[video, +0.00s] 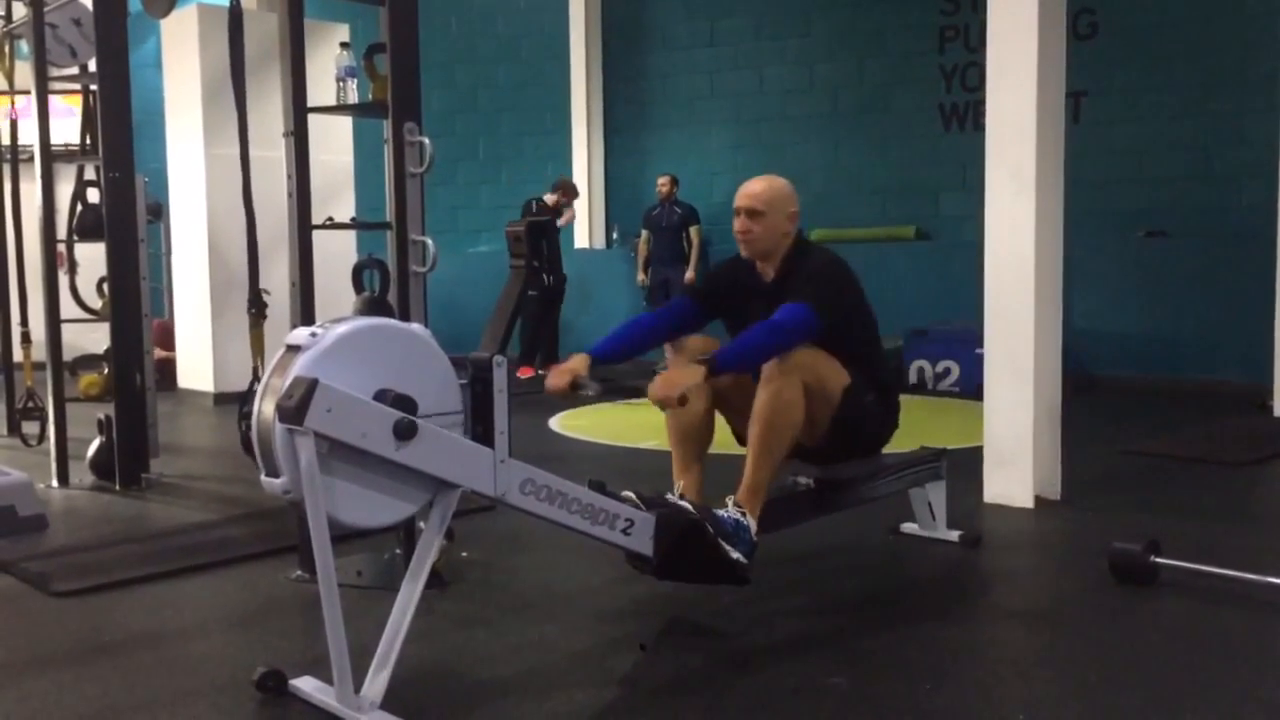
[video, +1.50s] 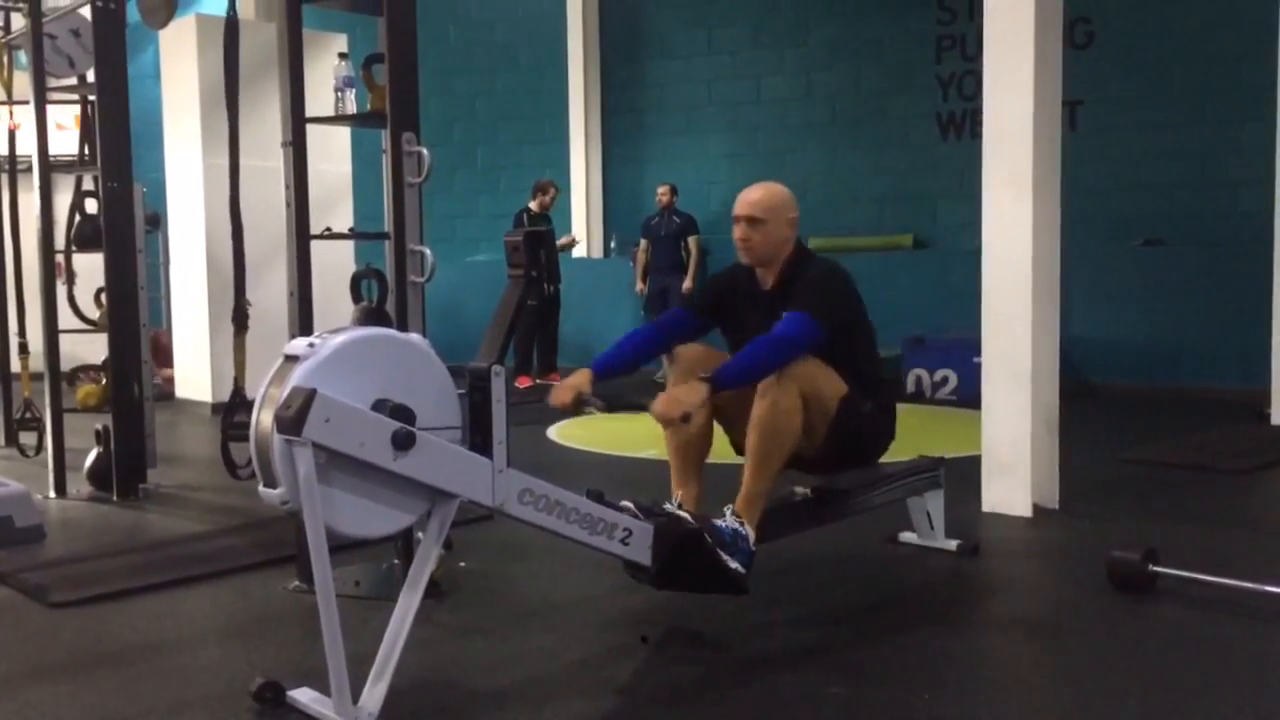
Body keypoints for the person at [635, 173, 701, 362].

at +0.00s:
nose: (659, 189)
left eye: (663, 185)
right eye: (658, 186)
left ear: (674, 188)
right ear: (656, 188)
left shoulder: (687, 211)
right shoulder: (650, 212)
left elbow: (695, 241)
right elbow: (643, 242)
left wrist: (691, 269)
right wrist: (640, 269)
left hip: (679, 270)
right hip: (656, 270)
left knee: (680, 312)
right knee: (660, 313)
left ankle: (681, 358)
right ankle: (667, 357)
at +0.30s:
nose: (661, 189)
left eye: (665, 186)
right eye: (660, 186)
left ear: (675, 188)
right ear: (658, 188)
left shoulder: (688, 211)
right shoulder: (652, 213)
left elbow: (696, 242)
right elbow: (644, 242)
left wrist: (692, 269)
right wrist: (641, 270)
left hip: (680, 269)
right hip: (658, 269)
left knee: (682, 311)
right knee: (662, 312)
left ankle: (687, 354)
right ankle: (669, 354)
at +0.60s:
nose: (661, 190)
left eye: (665, 187)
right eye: (660, 187)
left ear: (675, 190)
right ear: (658, 190)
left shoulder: (688, 213)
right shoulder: (652, 214)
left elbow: (697, 243)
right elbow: (644, 243)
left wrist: (692, 270)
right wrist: (642, 271)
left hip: (679, 270)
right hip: (658, 270)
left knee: (680, 312)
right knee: (663, 314)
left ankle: (686, 357)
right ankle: (668, 357)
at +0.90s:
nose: (661, 192)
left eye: (665, 189)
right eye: (659, 189)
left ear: (675, 191)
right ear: (658, 192)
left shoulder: (687, 215)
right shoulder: (651, 216)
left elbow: (696, 244)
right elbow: (644, 244)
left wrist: (691, 272)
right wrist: (641, 272)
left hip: (679, 272)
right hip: (658, 272)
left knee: (679, 314)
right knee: (662, 316)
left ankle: (686, 359)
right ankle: (668, 359)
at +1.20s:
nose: (659, 194)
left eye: (663, 190)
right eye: (658, 191)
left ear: (674, 193)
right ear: (657, 193)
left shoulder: (686, 217)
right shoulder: (650, 218)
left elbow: (695, 247)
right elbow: (643, 247)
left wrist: (690, 274)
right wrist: (640, 274)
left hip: (677, 274)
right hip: (656, 274)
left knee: (678, 316)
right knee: (660, 318)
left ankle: (684, 360)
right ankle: (666, 361)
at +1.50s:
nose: (659, 198)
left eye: (663, 195)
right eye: (658, 195)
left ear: (673, 198)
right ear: (656, 198)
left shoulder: (685, 220)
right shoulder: (649, 222)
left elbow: (694, 251)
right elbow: (642, 250)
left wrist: (689, 278)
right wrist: (639, 279)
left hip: (677, 279)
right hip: (655, 279)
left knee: (676, 323)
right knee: (657, 323)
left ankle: (678, 369)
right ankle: (665, 367)